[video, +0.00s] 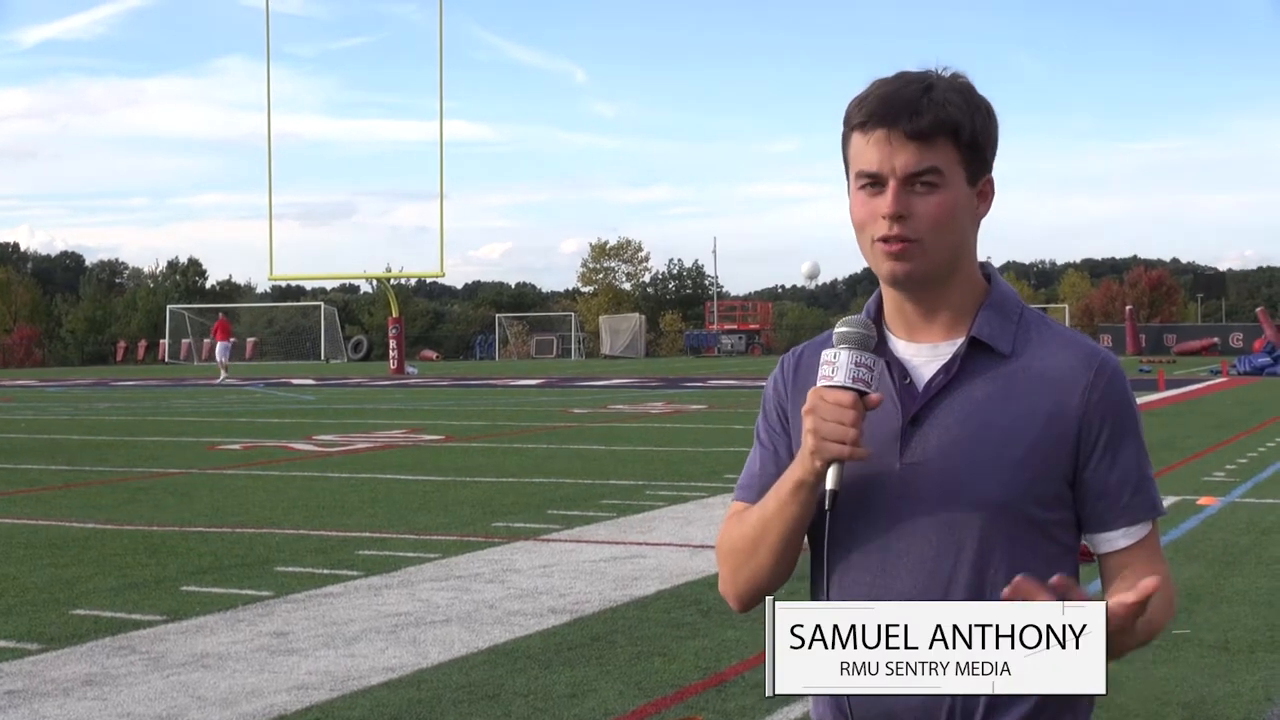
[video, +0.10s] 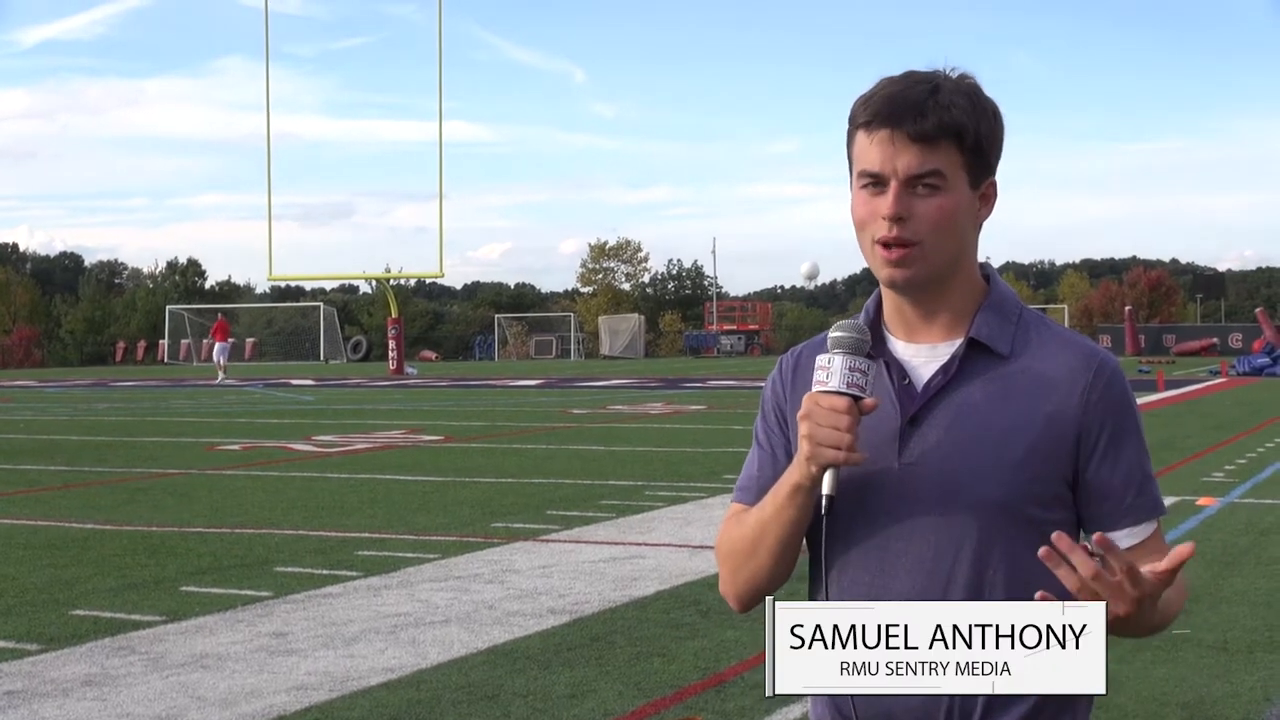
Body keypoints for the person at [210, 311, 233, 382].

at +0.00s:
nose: (219, 316)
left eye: (220, 315)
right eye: (219, 315)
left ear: (221, 315)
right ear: (226, 316)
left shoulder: (218, 322)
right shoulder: (228, 323)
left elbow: (214, 330)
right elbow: (230, 331)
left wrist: (212, 336)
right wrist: (229, 337)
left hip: (221, 341)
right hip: (228, 342)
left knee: (218, 358)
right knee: (225, 359)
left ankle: (223, 373)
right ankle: (225, 374)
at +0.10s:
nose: (218, 317)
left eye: (219, 315)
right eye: (218, 315)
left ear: (220, 316)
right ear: (225, 316)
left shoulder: (218, 323)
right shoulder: (227, 323)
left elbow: (213, 330)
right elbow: (228, 333)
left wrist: (210, 337)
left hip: (219, 342)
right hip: (226, 343)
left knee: (216, 358)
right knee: (223, 359)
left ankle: (220, 373)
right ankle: (223, 374)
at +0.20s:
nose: (217, 318)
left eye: (218, 316)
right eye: (217, 316)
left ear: (220, 317)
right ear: (224, 317)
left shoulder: (218, 324)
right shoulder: (226, 324)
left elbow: (212, 332)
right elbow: (226, 334)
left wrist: (209, 337)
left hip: (218, 343)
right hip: (225, 343)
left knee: (213, 359)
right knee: (222, 360)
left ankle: (220, 374)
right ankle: (222, 376)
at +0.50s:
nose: (213, 319)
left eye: (213, 317)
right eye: (213, 317)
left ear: (215, 318)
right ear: (219, 319)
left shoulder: (214, 326)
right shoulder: (221, 326)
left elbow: (213, 336)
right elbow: (222, 336)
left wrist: (210, 344)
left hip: (215, 345)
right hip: (221, 345)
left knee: (212, 361)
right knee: (219, 362)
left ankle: (221, 376)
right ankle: (221, 377)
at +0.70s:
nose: (208, 320)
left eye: (209, 318)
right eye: (208, 318)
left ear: (212, 319)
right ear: (211, 319)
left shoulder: (214, 326)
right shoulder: (211, 326)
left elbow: (217, 336)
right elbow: (211, 336)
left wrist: (218, 345)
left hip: (213, 345)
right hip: (214, 345)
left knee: (208, 362)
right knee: (215, 363)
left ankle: (216, 378)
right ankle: (218, 378)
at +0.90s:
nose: (206, 323)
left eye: (207, 321)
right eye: (205, 321)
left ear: (210, 321)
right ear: (204, 322)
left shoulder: (214, 329)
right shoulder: (204, 329)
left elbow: (218, 340)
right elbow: (201, 337)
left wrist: (219, 350)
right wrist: (198, 342)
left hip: (213, 347)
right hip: (207, 347)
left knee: (208, 363)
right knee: (213, 365)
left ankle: (209, 379)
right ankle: (217, 379)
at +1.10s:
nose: (202, 324)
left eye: (203, 323)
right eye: (200, 323)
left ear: (205, 323)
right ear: (199, 323)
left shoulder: (211, 329)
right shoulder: (198, 330)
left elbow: (216, 339)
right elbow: (196, 340)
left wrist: (216, 346)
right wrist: (194, 346)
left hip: (209, 347)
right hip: (202, 348)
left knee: (205, 365)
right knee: (205, 366)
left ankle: (207, 382)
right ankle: (214, 379)